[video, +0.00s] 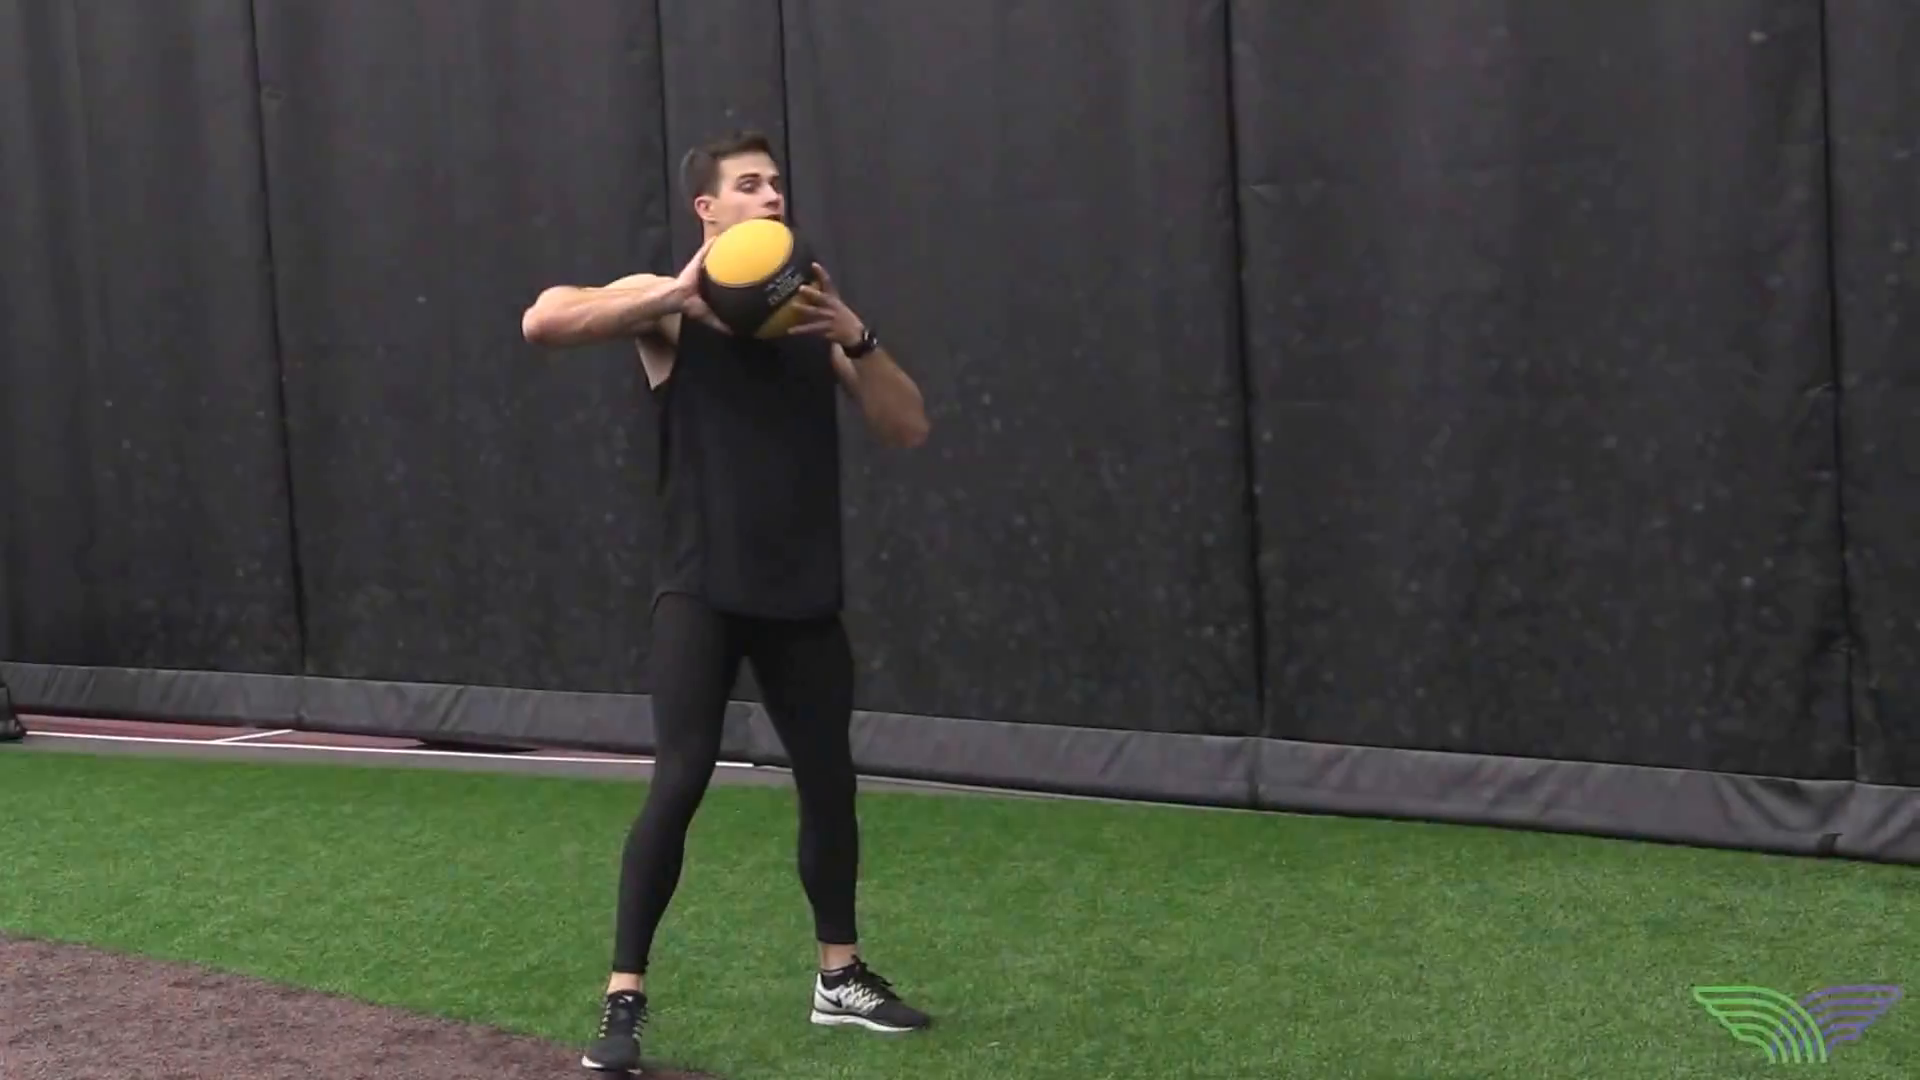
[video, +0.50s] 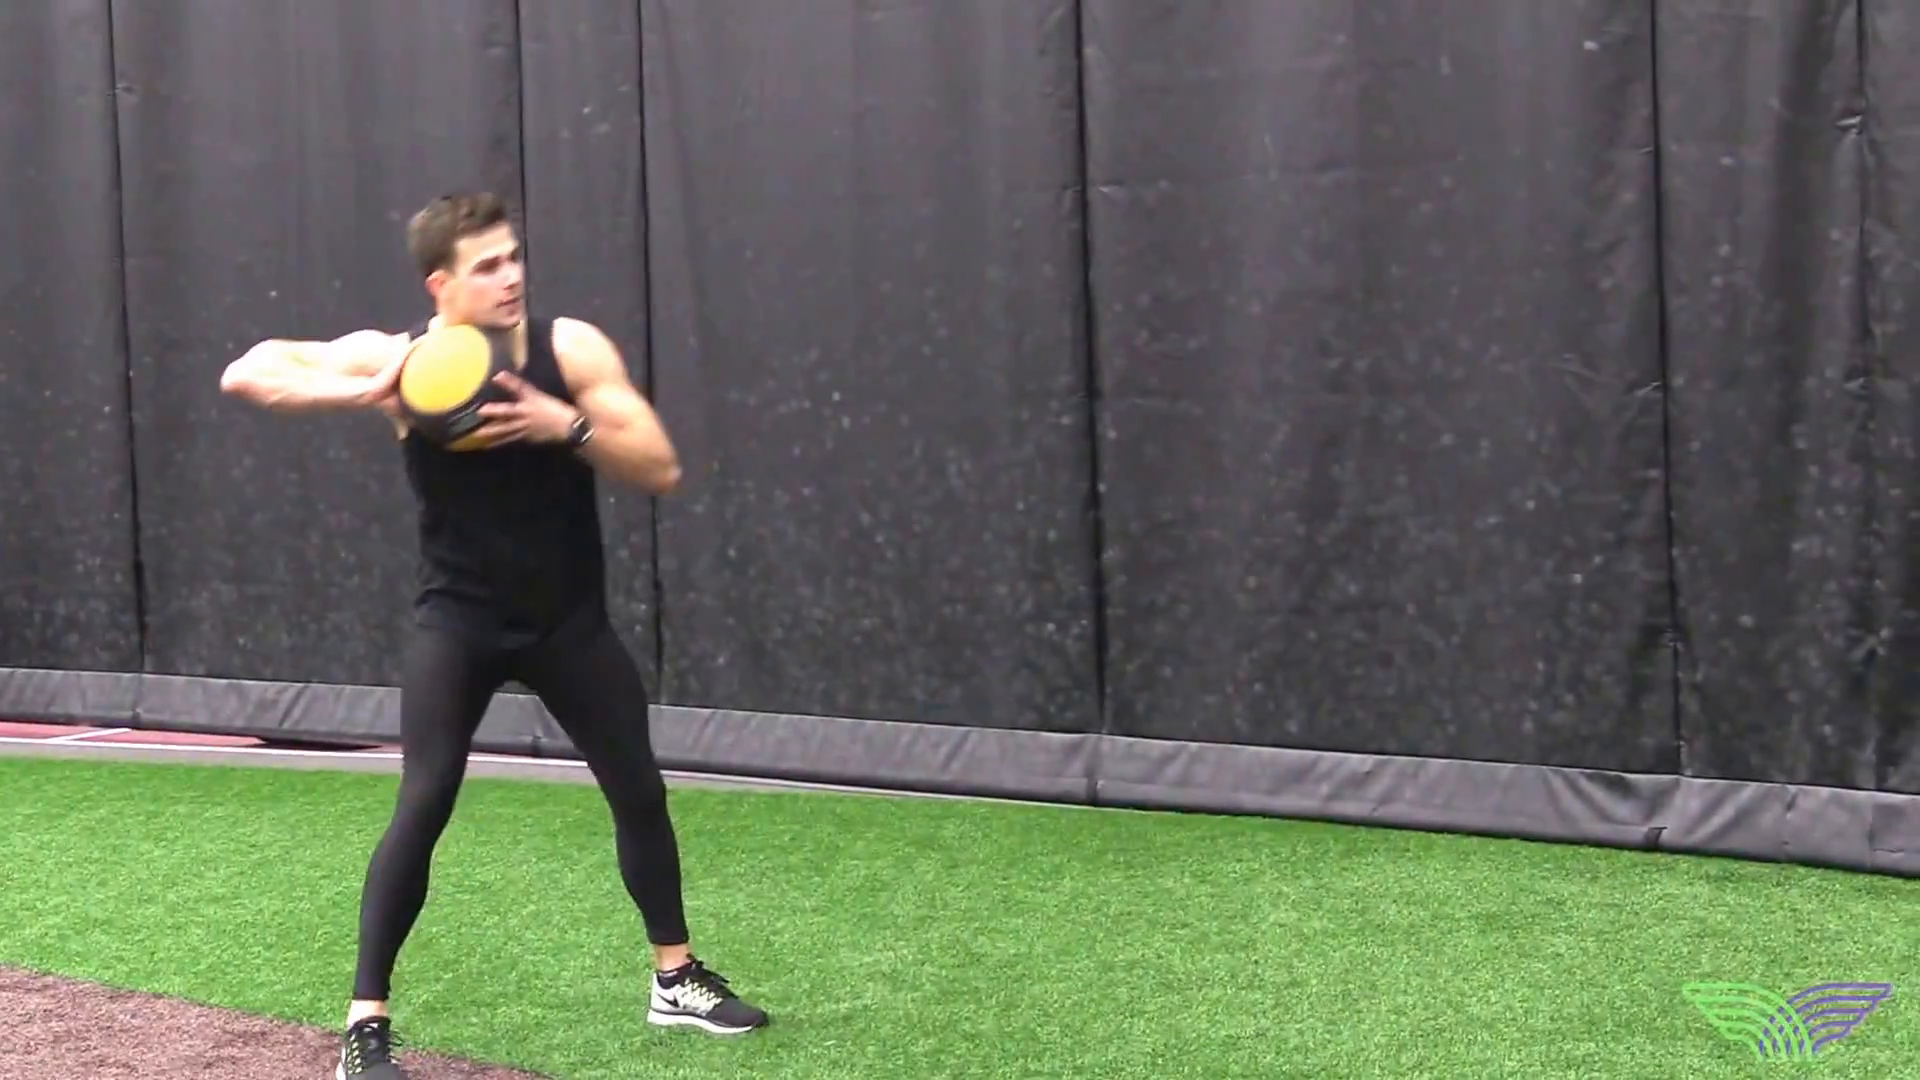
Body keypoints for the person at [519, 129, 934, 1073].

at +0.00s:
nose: (770, 197)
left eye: (776, 185)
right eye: (749, 184)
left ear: (788, 205)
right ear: (704, 206)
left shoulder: (815, 306)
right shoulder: (666, 297)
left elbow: (910, 425)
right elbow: (540, 321)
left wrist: (856, 342)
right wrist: (668, 296)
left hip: (802, 588)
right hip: (699, 586)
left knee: (831, 781)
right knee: (680, 780)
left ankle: (840, 977)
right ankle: (625, 992)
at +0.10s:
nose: (758, 204)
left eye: (762, 190)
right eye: (738, 190)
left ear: (767, 206)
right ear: (691, 206)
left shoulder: (794, 312)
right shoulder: (643, 299)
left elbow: (889, 426)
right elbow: (514, 310)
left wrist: (835, 342)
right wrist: (642, 295)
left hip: (773, 585)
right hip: (670, 582)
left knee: (799, 777)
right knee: (658, 774)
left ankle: (816, 976)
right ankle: (607, 990)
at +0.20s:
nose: (719, 209)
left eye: (724, 195)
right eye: (699, 195)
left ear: (731, 212)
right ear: (650, 213)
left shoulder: (754, 317)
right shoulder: (600, 302)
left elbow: (850, 429)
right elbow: (464, 318)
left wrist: (795, 344)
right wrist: (585, 308)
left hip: (730, 591)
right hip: (626, 588)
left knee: (760, 777)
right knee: (616, 768)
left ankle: (783, 977)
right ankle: (560, 990)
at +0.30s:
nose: (663, 221)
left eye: (668, 205)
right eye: (641, 207)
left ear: (676, 220)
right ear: (585, 226)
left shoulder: (706, 315)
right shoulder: (542, 311)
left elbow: (799, 431)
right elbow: (396, 327)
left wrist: (745, 349)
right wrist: (541, 324)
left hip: (678, 592)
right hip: (574, 590)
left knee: (711, 776)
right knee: (548, 768)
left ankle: (739, 974)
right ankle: (474, 985)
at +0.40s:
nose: (589, 242)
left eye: (592, 224)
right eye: (566, 230)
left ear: (600, 234)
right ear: (516, 248)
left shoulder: (645, 325)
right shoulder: (473, 327)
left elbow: (731, 441)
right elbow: (321, 346)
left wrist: (648, 379)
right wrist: (444, 352)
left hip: (622, 601)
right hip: (513, 599)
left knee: (668, 781)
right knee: (479, 780)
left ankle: (701, 976)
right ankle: (407, 1001)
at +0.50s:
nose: (510, 278)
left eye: (516, 260)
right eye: (488, 267)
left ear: (527, 265)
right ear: (439, 286)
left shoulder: (572, 348)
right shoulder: (403, 357)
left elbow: (663, 466)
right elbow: (244, 376)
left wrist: (570, 425)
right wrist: (354, 390)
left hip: (571, 619)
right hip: (460, 618)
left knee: (640, 788)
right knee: (425, 801)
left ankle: (678, 976)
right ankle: (367, 1016)